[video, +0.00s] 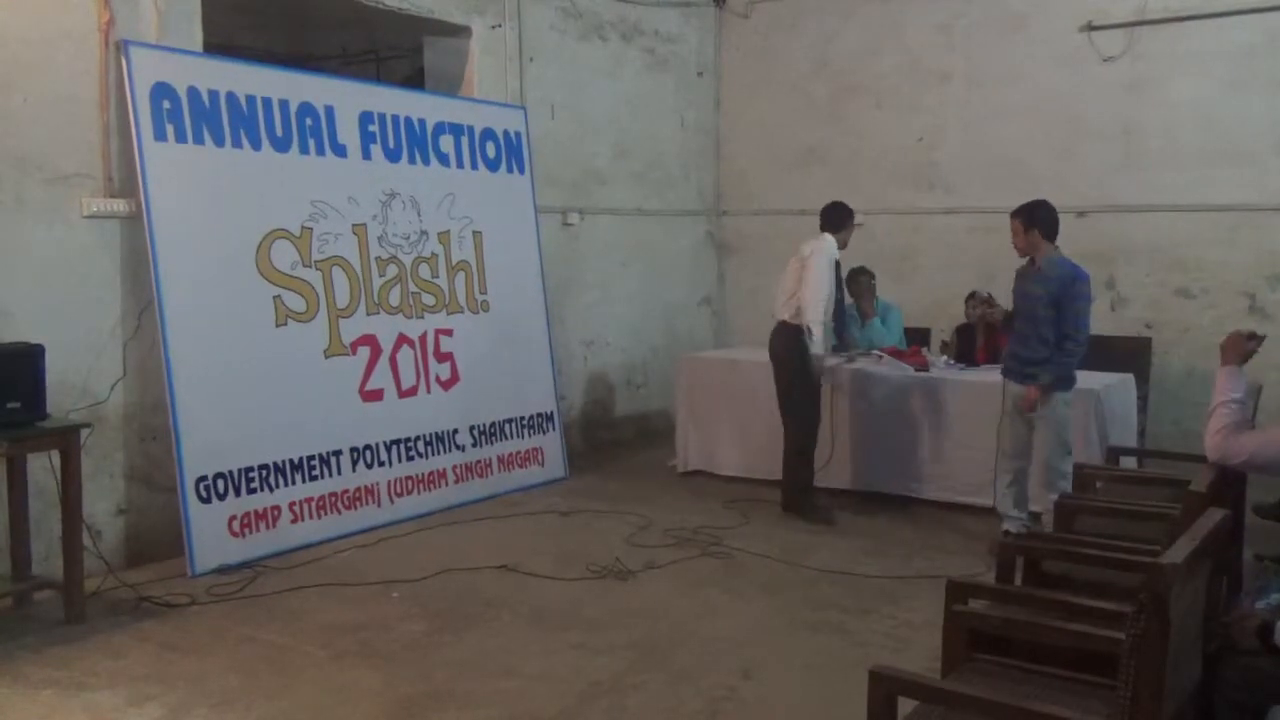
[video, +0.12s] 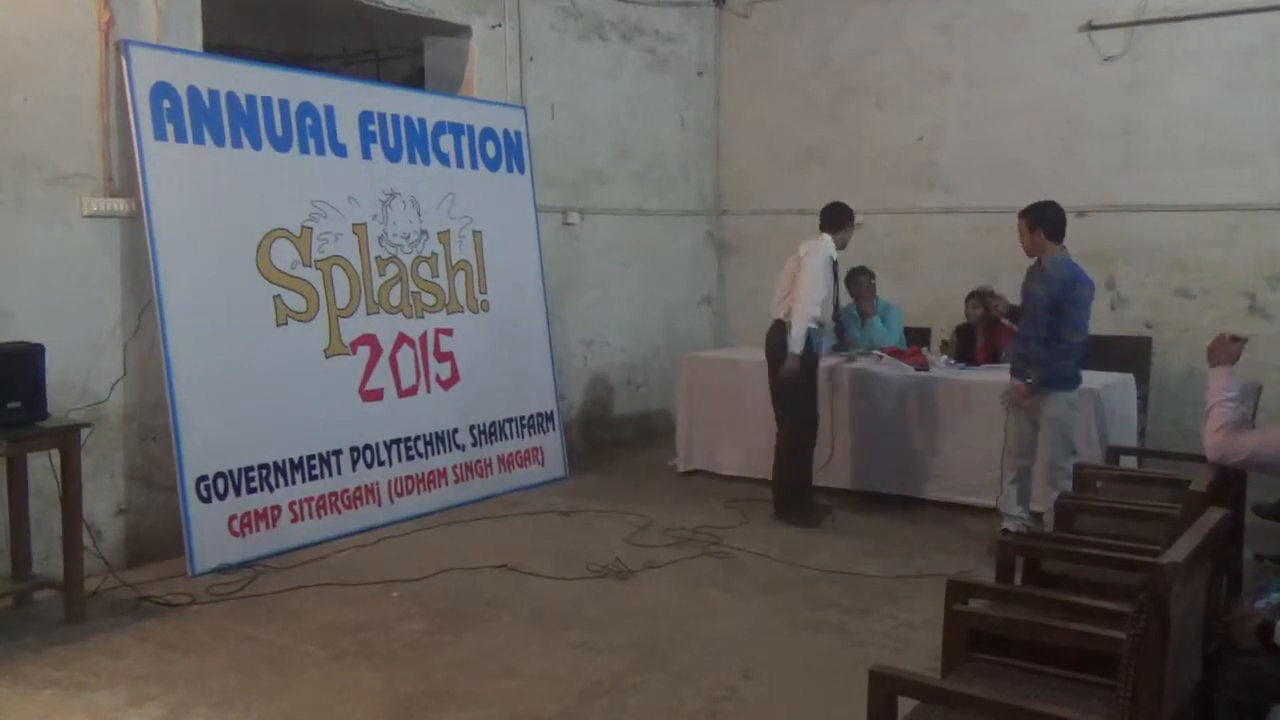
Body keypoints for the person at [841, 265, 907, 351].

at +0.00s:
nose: (863, 290)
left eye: (867, 285)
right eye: (858, 286)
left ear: (874, 288)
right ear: (850, 292)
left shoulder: (891, 311)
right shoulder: (846, 312)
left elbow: (889, 347)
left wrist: (870, 315)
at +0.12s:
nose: (864, 290)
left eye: (868, 285)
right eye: (858, 285)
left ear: (874, 287)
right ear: (851, 292)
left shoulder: (891, 311)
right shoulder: (845, 314)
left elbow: (889, 345)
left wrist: (870, 314)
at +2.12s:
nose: (864, 290)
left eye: (868, 285)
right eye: (858, 286)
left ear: (873, 287)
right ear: (850, 292)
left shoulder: (890, 312)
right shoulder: (843, 315)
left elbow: (902, 346)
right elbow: (824, 341)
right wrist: (836, 345)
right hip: (851, 369)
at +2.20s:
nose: (866, 291)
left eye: (869, 285)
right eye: (859, 286)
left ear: (875, 288)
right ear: (850, 292)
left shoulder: (888, 314)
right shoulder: (843, 314)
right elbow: (826, 340)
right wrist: (836, 345)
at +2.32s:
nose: (865, 290)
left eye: (869, 285)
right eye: (859, 286)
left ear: (875, 287)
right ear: (850, 292)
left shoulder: (891, 309)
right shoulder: (844, 314)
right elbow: (827, 339)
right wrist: (837, 345)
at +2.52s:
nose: (864, 293)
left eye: (868, 287)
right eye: (859, 289)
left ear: (874, 288)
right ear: (850, 292)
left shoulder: (890, 310)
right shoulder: (843, 315)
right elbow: (826, 341)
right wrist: (837, 346)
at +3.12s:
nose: (864, 296)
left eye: (868, 292)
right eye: (859, 293)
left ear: (875, 290)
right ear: (850, 293)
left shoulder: (886, 311)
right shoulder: (842, 316)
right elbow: (827, 337)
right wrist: (836, 345)